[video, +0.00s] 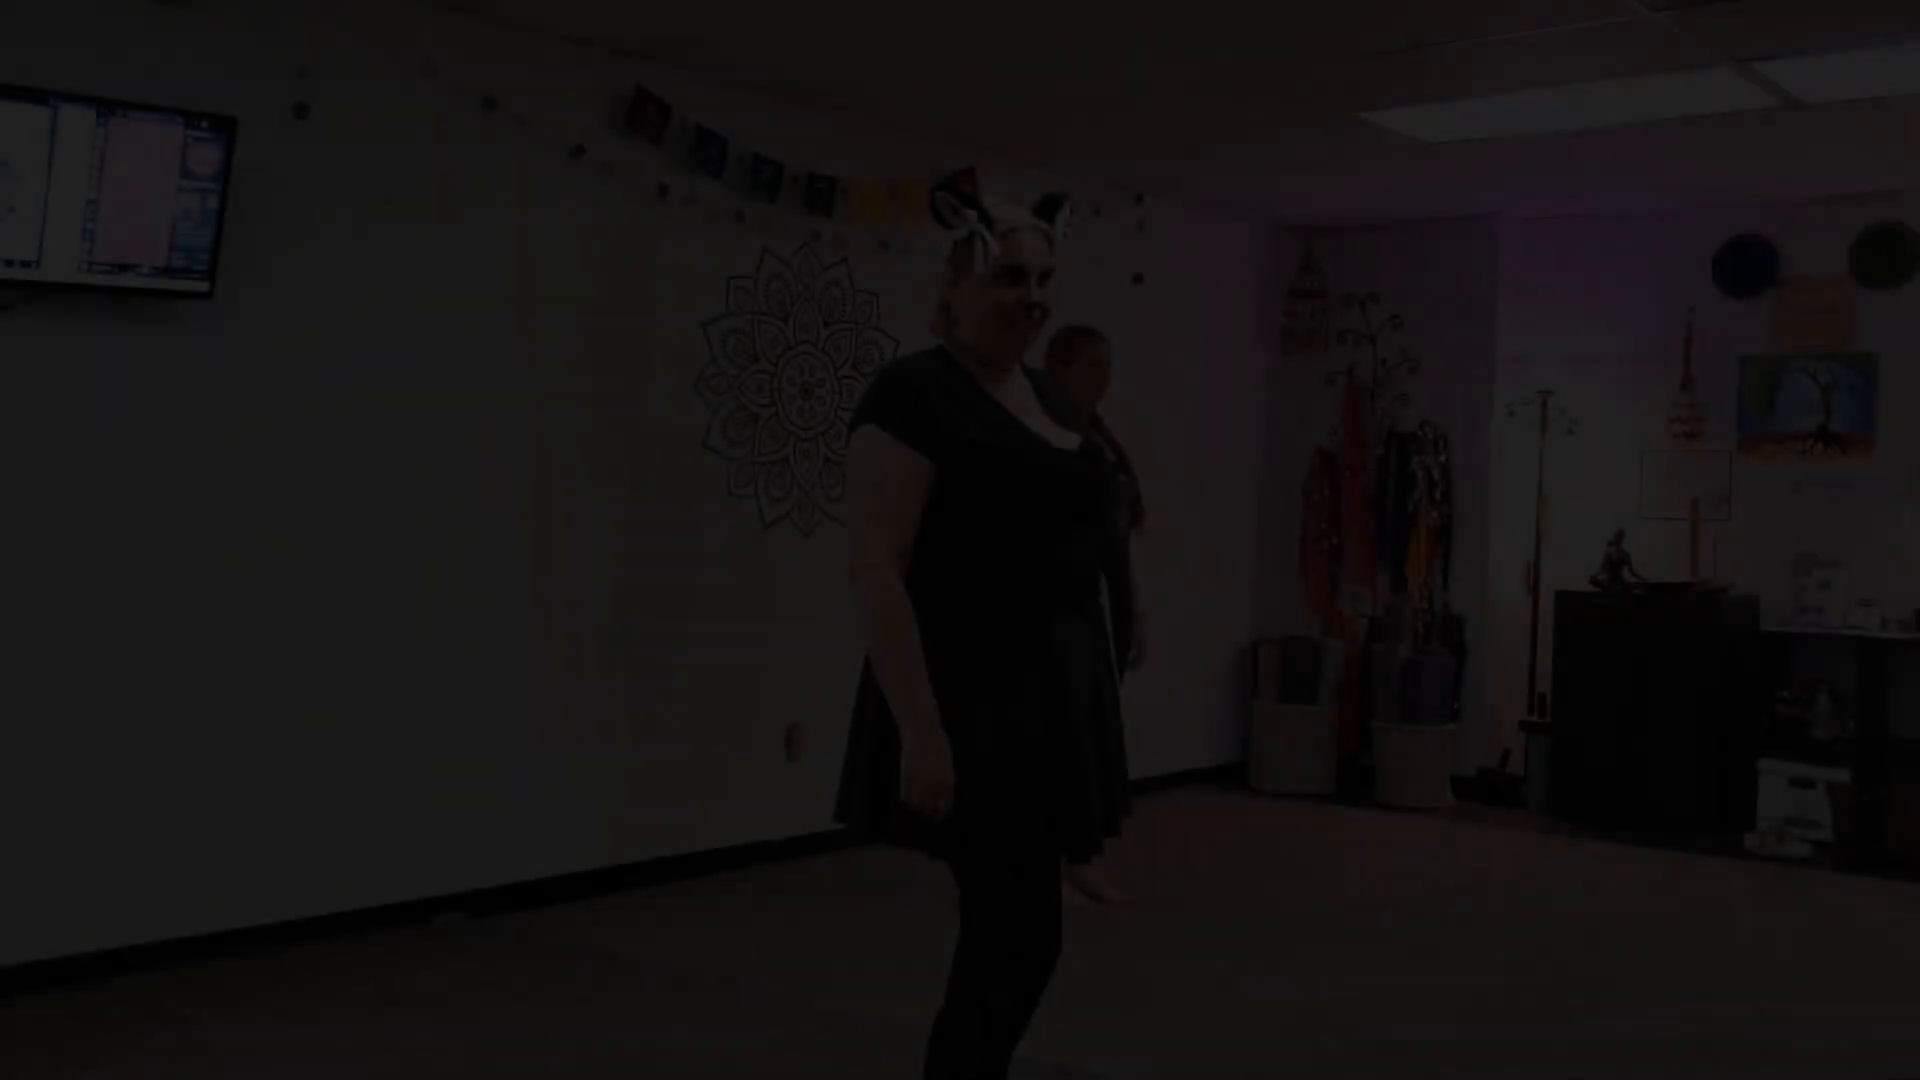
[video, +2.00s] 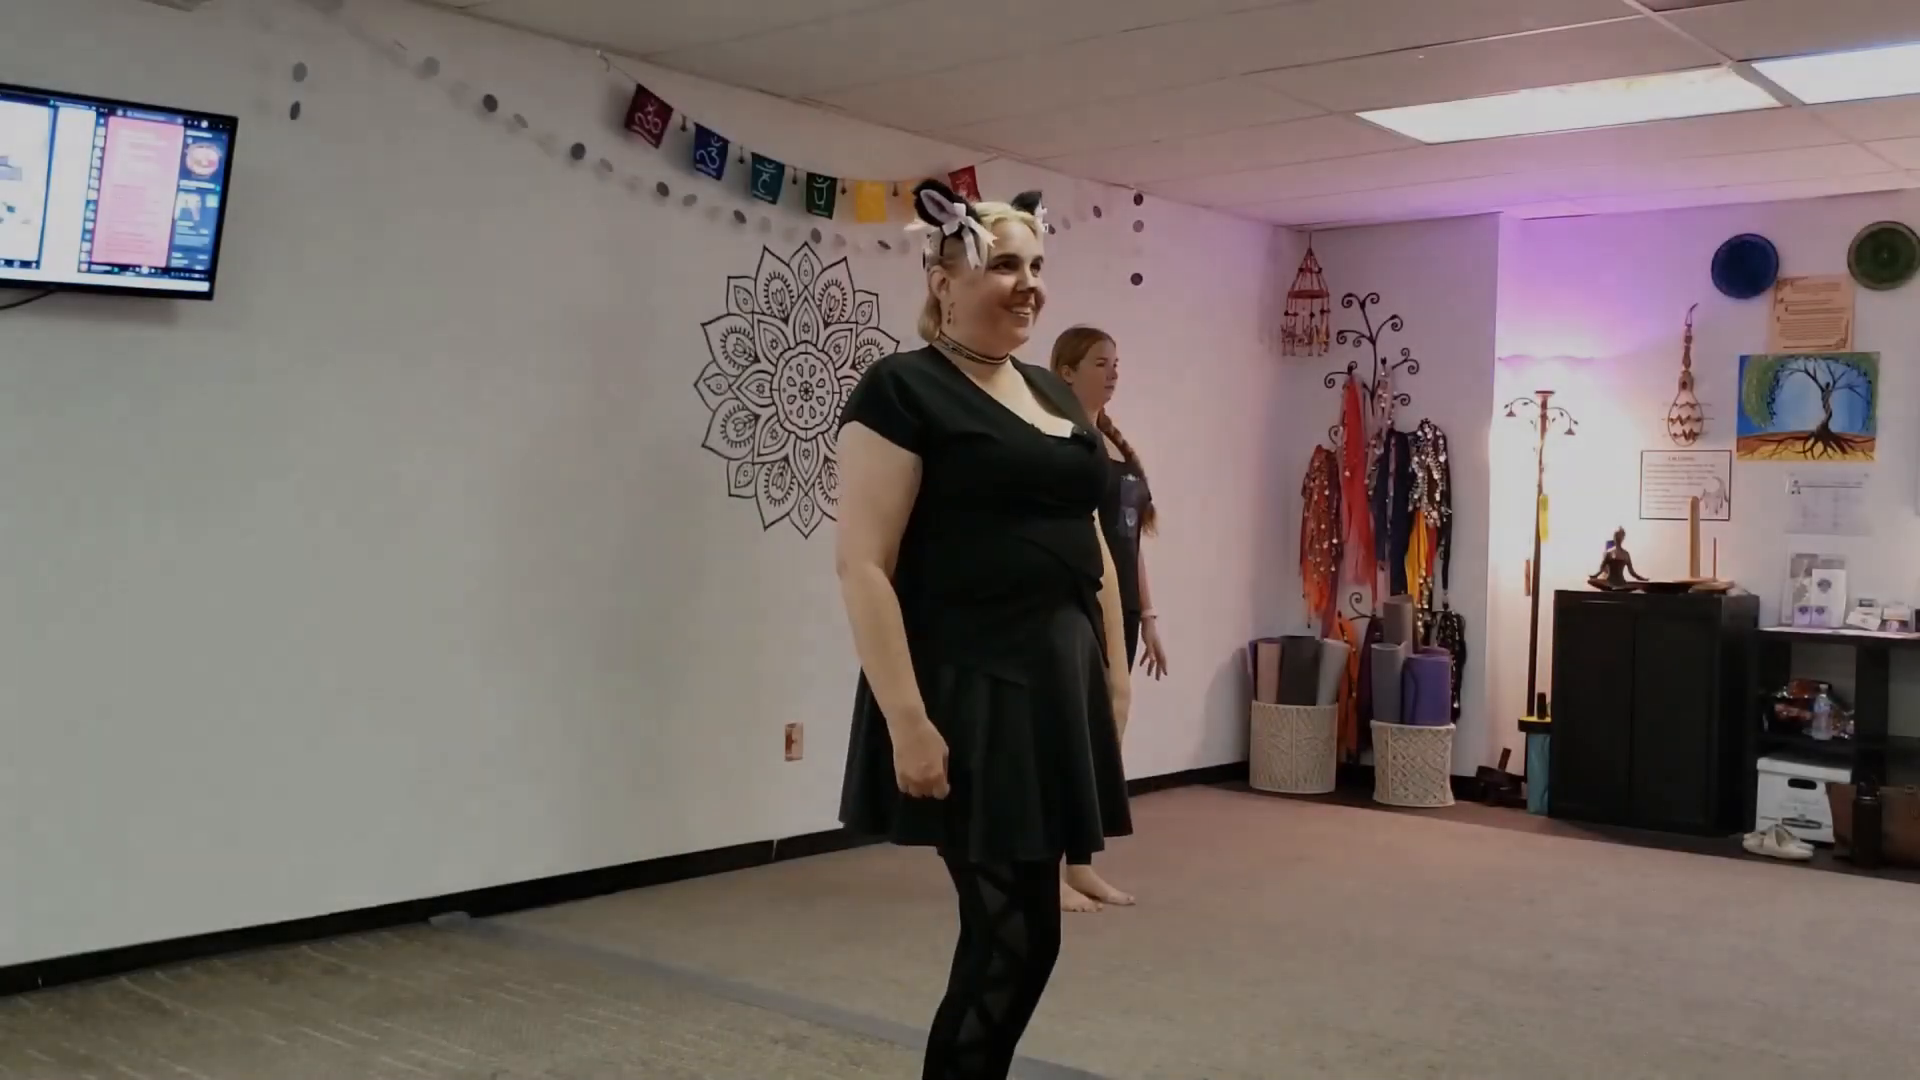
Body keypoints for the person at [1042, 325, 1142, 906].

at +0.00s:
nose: (1101, 382)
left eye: (1103, 370)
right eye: (1091, 370)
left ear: (1098, 376)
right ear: (1061, 370)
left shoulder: (1099, 441)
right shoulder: (1040, 436)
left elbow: (1119, 542)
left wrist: (1127, 622)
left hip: (1097, 618)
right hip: (1046, 617)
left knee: (1095, 734)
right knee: (1061, 735)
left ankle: (1086, 851)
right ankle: (1070, 852)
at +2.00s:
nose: (1113, 372)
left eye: (1115, 363)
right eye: (1101, 363)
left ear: (1109, 373)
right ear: (1068, 370)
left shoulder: (1113, 444)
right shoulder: (1049, 439)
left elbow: (1130, 540)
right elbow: (1048, 532)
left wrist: (1147, 619)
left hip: (1112, 602)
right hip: (1057, 602)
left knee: (1102, 721)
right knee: (1055, 725)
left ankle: (1079, 859)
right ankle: (1048, 868)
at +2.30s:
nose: (1113, 373)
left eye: (1115, 364)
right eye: (1101, 365)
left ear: (1112, 373)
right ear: (1068, 370)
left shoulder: (1117, 444)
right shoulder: (1053, 438)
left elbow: (1131, 537)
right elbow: (1054, 532)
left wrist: (1145, 616)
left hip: (1112, 604)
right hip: (1063, 603)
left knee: (1104, 724)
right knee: (1060, 726)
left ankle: (1077, 858)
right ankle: (1051, 866)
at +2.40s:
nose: (1112, 373)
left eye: (1114, 364)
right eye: (1101, 364)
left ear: (1112, 373)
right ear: (1068, 370)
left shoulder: (1117, 442)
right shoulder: (1054, 438)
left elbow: (1132, 537)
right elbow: (1056, 532)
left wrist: (1145, 616)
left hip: (1113, 605)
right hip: (1065, 603)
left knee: (1099, 726)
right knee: (1059, 727)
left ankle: (1078, 859)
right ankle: (1049, 867)